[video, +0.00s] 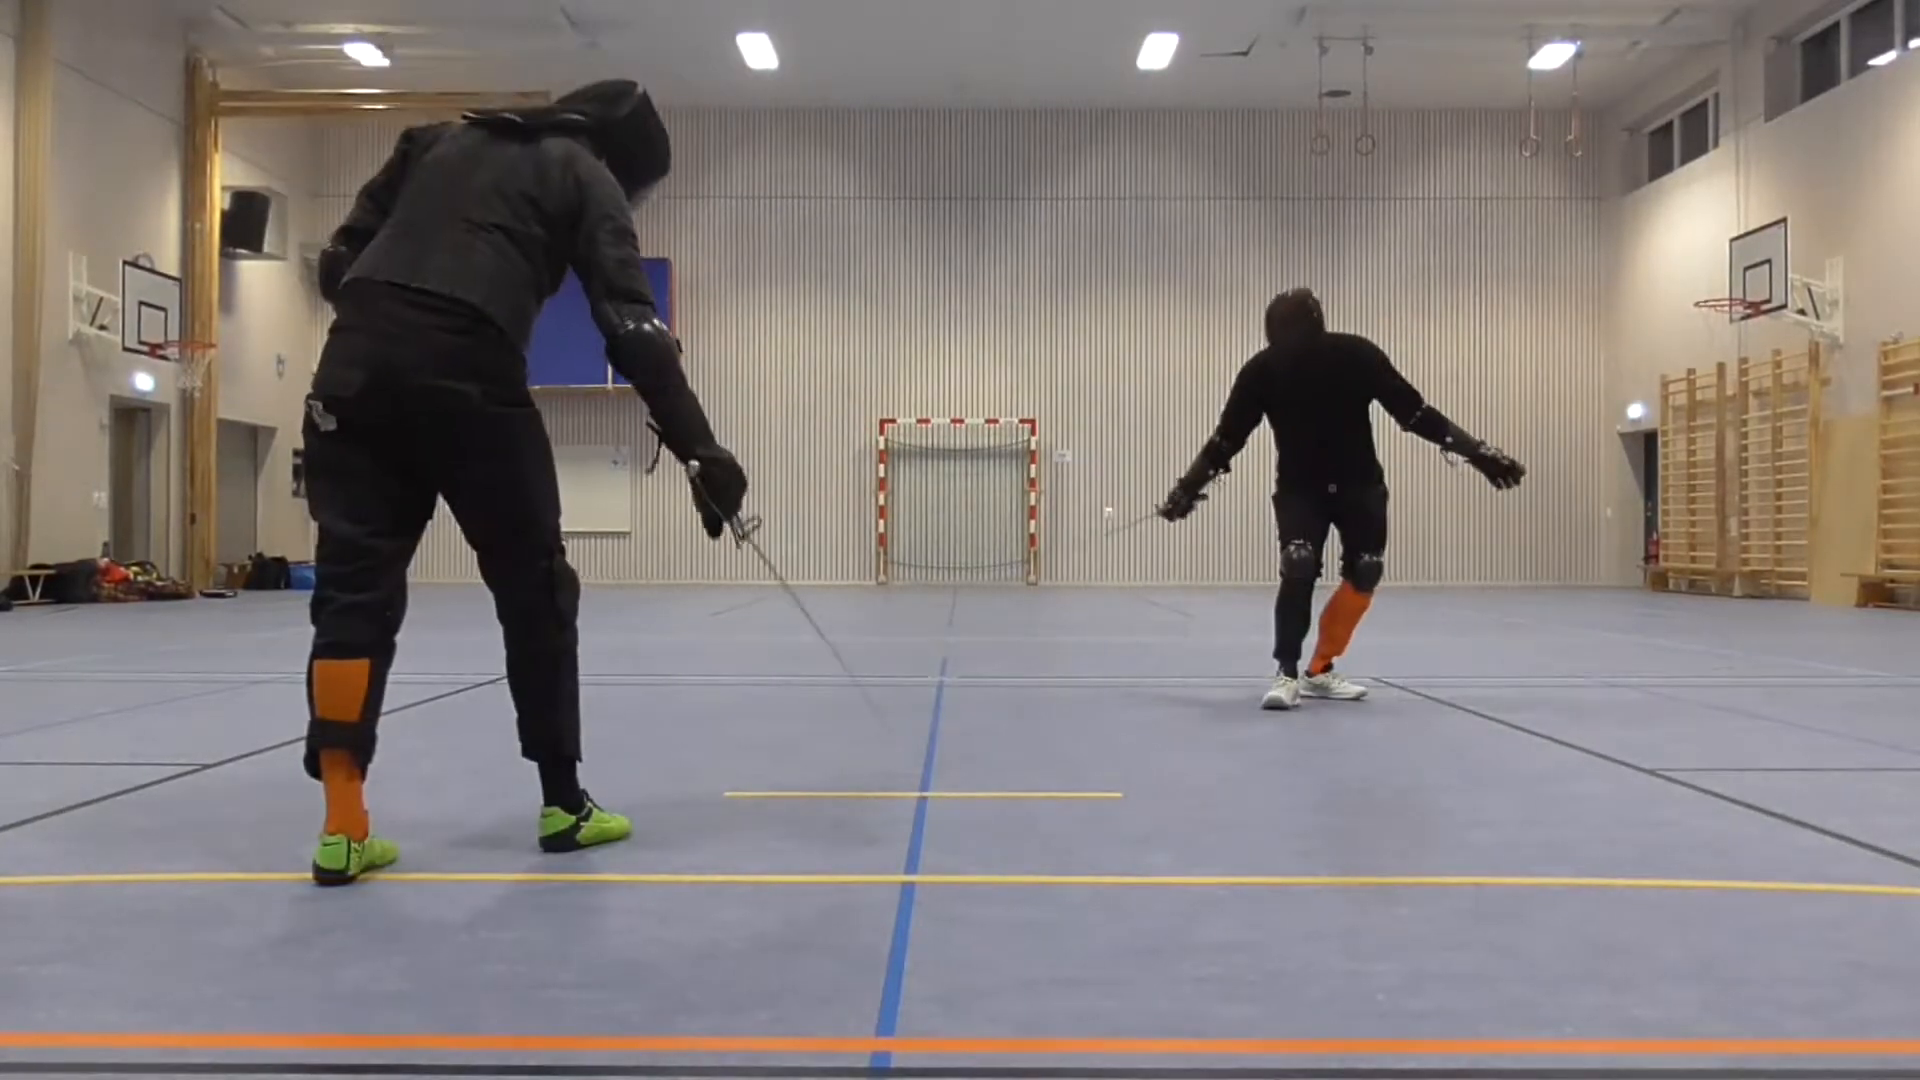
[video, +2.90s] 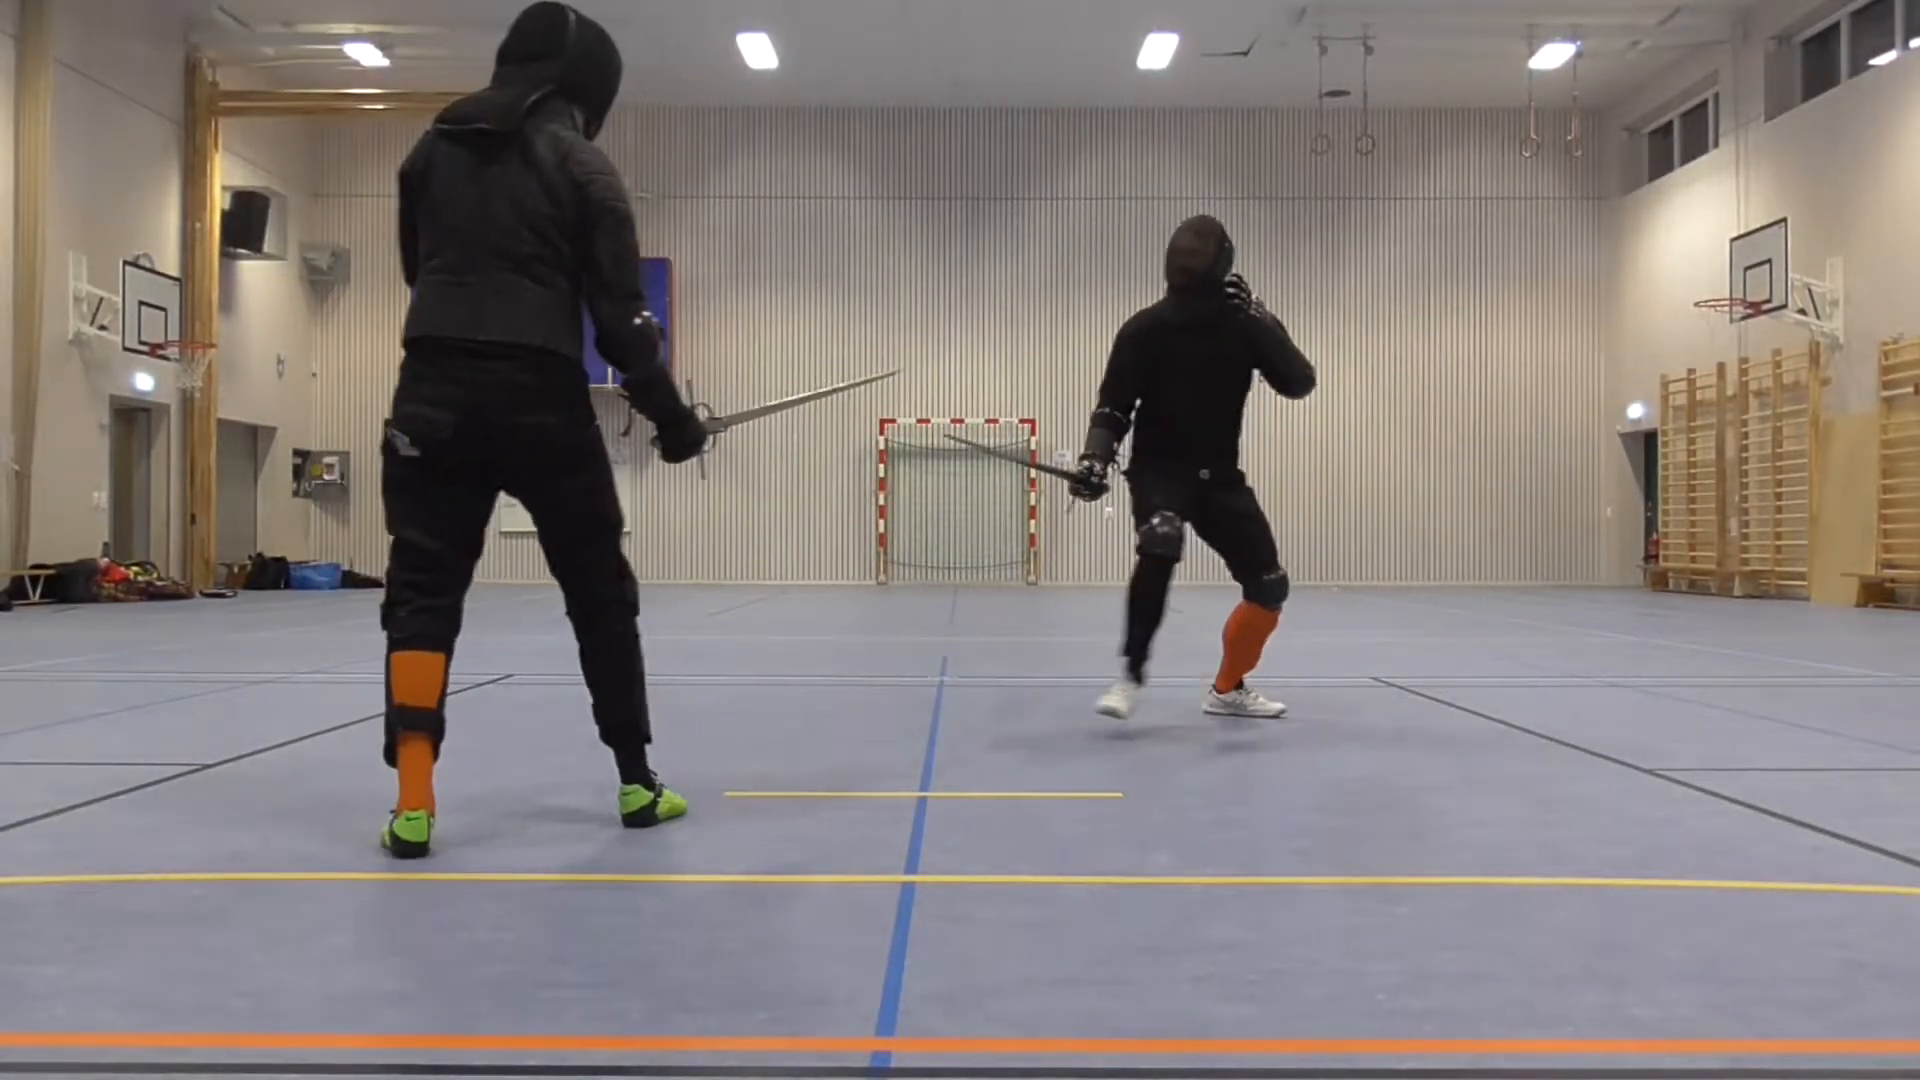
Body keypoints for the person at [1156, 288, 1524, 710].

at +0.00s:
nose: (1277, 341)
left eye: (1278, 331)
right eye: (1276, 331)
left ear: (1283, 328)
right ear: (1318, 320)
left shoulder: (1357, 358)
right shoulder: (1262, 375)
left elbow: (1414, 413)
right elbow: (1227, 439)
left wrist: (1477, 453)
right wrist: (1188, 488)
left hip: (1358, 483)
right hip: (1300, 486)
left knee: (1366, 572)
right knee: (1299, 569)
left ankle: (1319, 671)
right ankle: (1286, 675)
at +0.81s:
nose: (1292, 317)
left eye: (1297, 305)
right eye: (1288, 307)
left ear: (1307, 301)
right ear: (1322, 294)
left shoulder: (1362, 342)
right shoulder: (1268, 356)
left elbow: (1429, 371)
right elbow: (1209, 402)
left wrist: (1491, 392)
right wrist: (1163, 445)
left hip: (1367, 478)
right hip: (1309, 482)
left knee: (1361, 576)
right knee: (1304, 571)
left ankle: (1319, 670)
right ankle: (1287, 673)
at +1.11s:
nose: (1321, 287)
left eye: (1322, 278)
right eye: (1320, 278)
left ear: (1293, 281)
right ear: (1339, 279)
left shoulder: (1366, 329)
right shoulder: (1277, 338)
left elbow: (1434, 361)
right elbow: (1227, 389)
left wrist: (1437, 333)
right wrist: (1198, 377)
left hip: (1358, 473)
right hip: (1304, 473)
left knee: (1359, 572)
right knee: (1302, 558)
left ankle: (1318, 673)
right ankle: (1283, 674)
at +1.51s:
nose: (1317, 290)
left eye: (1325, 281)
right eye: (1309, 281)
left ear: (1338, 281)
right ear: (1293, 281)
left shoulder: (1358, 330)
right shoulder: (1272, 338)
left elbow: (1421, 350)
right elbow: (1251, 401)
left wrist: (1380, 297)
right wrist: (1237, 432)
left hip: (1347, 467)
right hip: (1292, 467)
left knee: (1360, 572)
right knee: (1290, 548)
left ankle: (1319, 671)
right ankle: (1265, 652)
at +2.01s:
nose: (1251, 293)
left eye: (1262, 283)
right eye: (1243, 283)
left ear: (1282, 285)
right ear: (1230, 286)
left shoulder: (1300, 337)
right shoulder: (1206, 347)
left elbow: (1362, 381)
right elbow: (1181, 420)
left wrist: (1312, 326)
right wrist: (1164, 473)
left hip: (1283, 479)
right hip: (1226, 482)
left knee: (1348, 573)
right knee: (1235, 565)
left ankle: (1292, 662)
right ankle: (1225, 691)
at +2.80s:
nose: (1194, 267)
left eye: (1206, 258)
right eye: (1189, 256)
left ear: (1231, 269)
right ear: (1179, 260)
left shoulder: (1255, 327)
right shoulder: (1155, 330)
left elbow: (1308, 384)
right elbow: (1125, 404)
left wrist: (1271, 321)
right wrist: (1109, 456)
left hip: (1227, 470)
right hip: (1167, 469)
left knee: (1274, 586)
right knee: (1186, 556)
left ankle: (1228, 687)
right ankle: (1191, 676)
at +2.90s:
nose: (1181, 273)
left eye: (1194, 263)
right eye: (1176, 261)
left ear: (1221, 268)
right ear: (1167, 259)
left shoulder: (1246, 327)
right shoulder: (1143, 331)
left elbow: (1299, 383)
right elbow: (1114, 406)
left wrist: (1258, 319)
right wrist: (1095, 458)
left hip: (1218, 474)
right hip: (1157, 471)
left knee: (1268, 588)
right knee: (1161, 543)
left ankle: (1227, 689)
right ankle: (1130, 677)